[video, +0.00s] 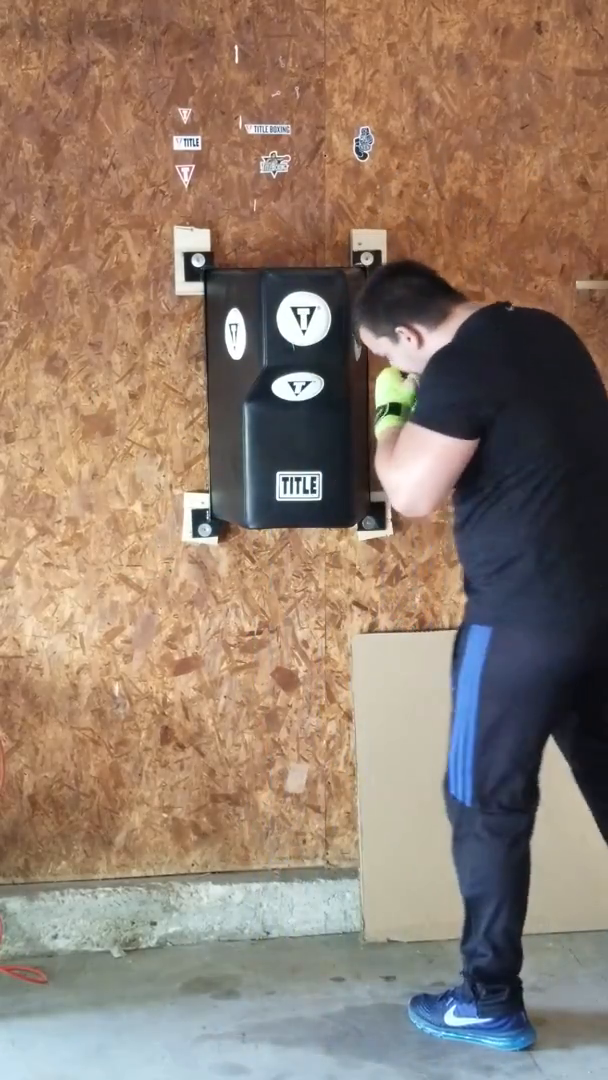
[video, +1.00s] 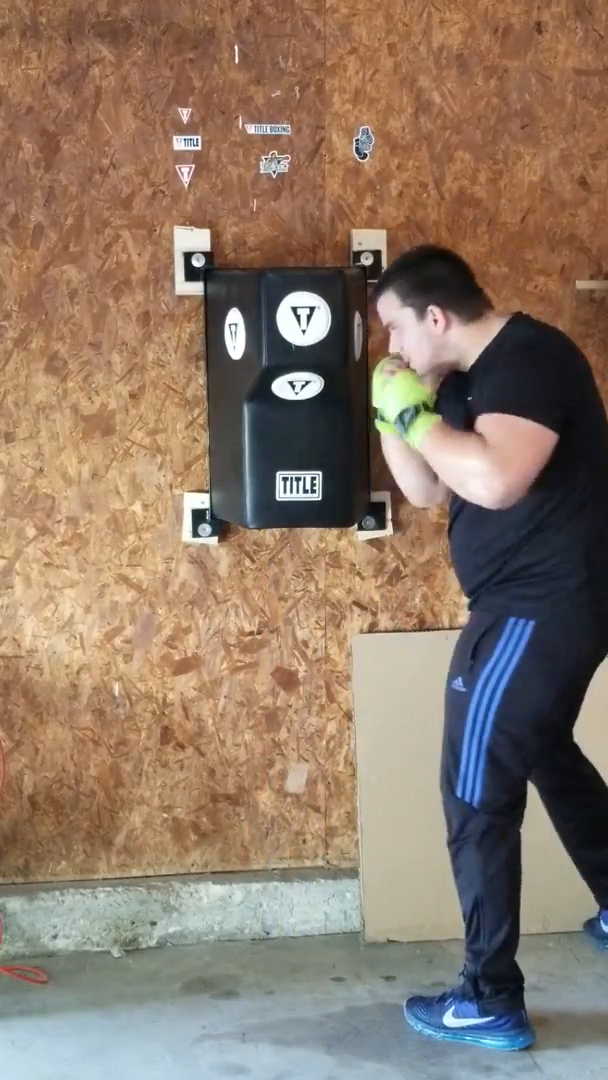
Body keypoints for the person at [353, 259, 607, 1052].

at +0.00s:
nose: (394, 365)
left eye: (387, 354)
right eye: (387, 357)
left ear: (410, 333)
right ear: (450, 293)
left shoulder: (463, 366)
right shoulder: (552, 334)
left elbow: (412, 495)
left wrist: (390, 426)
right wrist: (426, 404)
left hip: (519, 617)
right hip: (591, 609)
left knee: (487, 804)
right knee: (604, 793)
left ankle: (490, 998)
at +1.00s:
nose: (394, 347)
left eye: (397, 329)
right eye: (390, 333)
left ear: (437, 315)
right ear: (441, 317)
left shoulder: (530, 356)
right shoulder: (475, 380)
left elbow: (498, 480)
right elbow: (426, 491)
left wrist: (416, 420)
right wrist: (395, 415)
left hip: (541, 604)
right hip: (526, 603)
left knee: (477, 793)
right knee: (548, 753)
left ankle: (490, 997)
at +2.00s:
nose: (421, 342)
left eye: (425, 325)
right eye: (419, 331)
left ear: (463, 308)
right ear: (472, 314)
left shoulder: (543, 349)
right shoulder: (487, 407)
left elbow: (471, 382)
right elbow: (433, 550)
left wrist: (413, 350)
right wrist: (334, 522)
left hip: (467, 611)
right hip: (484, 617)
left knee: (387, 798)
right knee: (455, 776)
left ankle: (393, 1006)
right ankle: (564, 938)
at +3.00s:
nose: (333, 309)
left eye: (331, 300)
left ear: (347, 297)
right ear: (424, 285)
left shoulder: (323, 350)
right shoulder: (502, 354)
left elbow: (261, 455)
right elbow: (473, 451)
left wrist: (321, 390)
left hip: (359, 631)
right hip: (478, 630)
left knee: (336, 825)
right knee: (518, 814)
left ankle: (314, 1023)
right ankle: (549, 1017)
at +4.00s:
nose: (360, 309)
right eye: (361, 296)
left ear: (267, 285)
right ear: (358, 298)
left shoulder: (192, 355)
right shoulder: (389, 378)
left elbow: (150, 452)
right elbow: (450, 496)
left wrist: (245, 427)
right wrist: (375, 461)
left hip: (199, 668)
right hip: (324, 668)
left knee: (203, 858)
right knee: (375, 873)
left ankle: (165, 1051)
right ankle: (412, 1065)